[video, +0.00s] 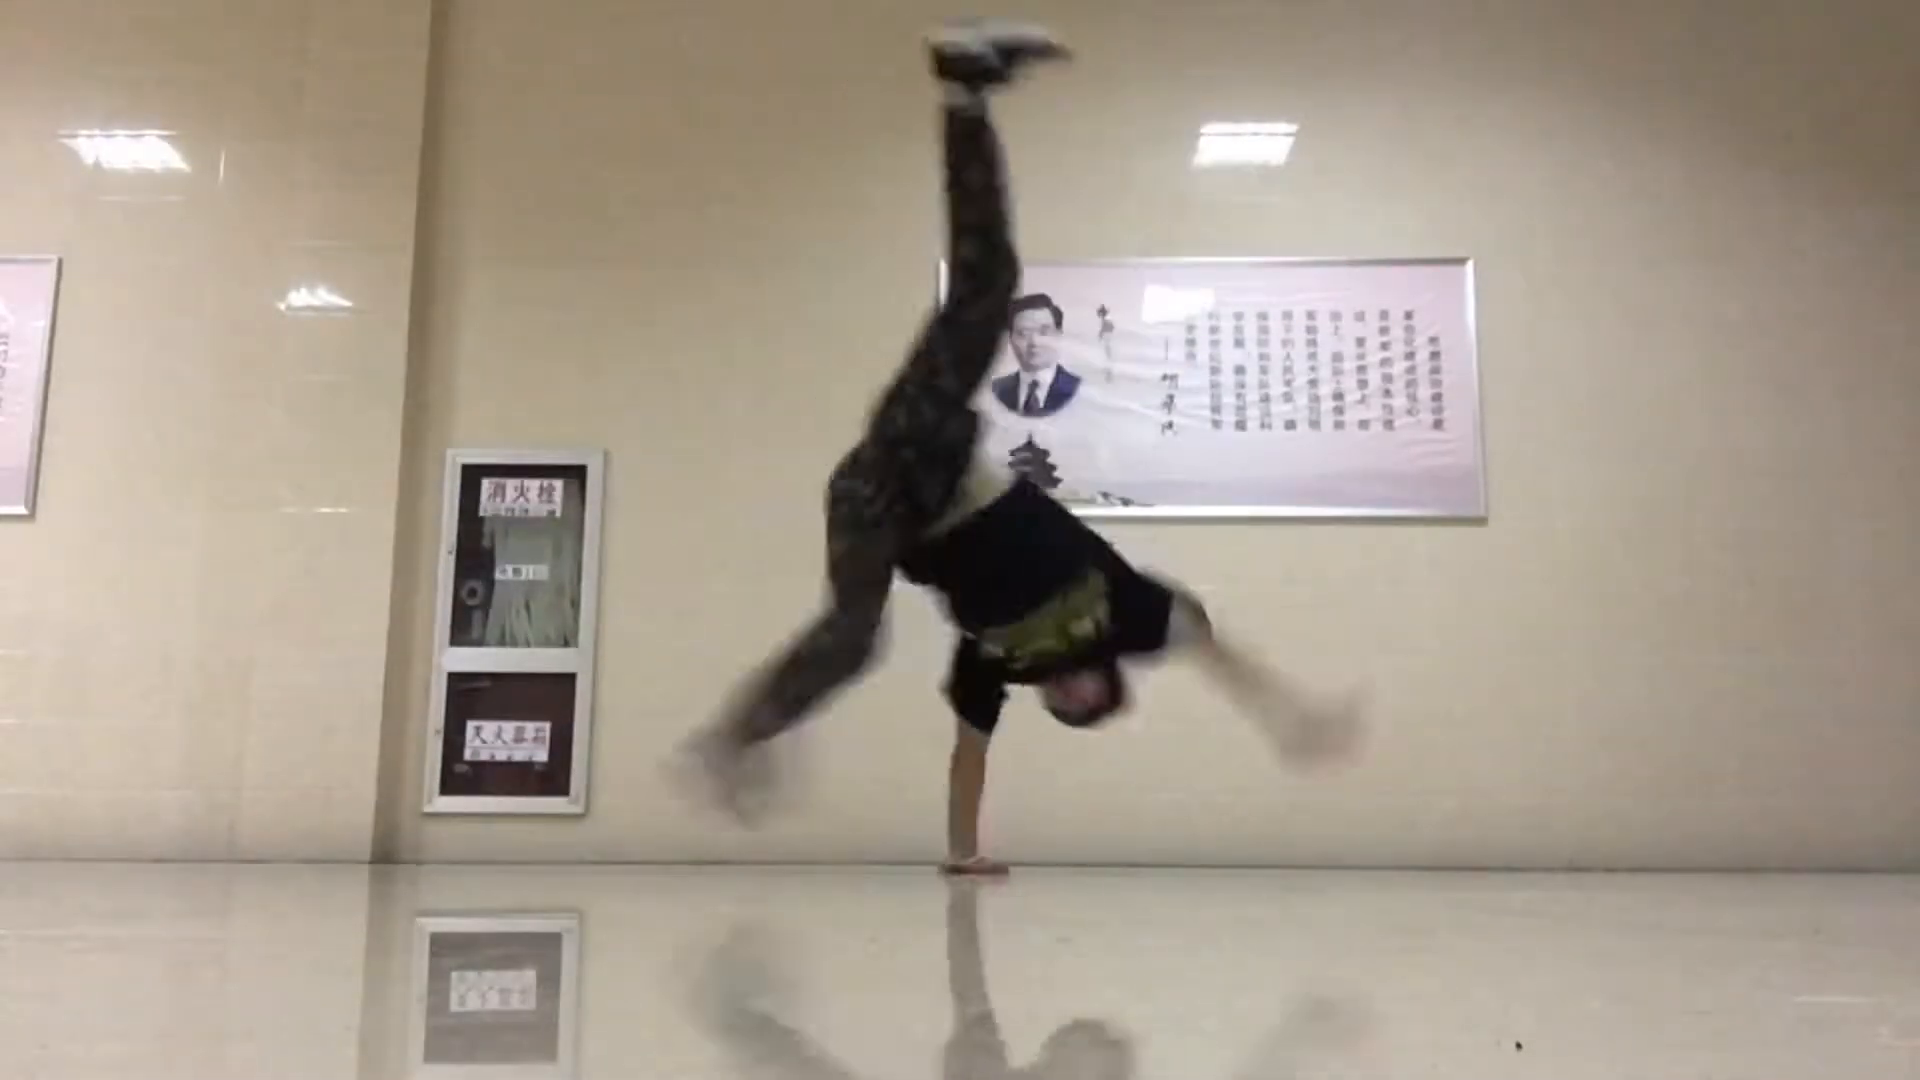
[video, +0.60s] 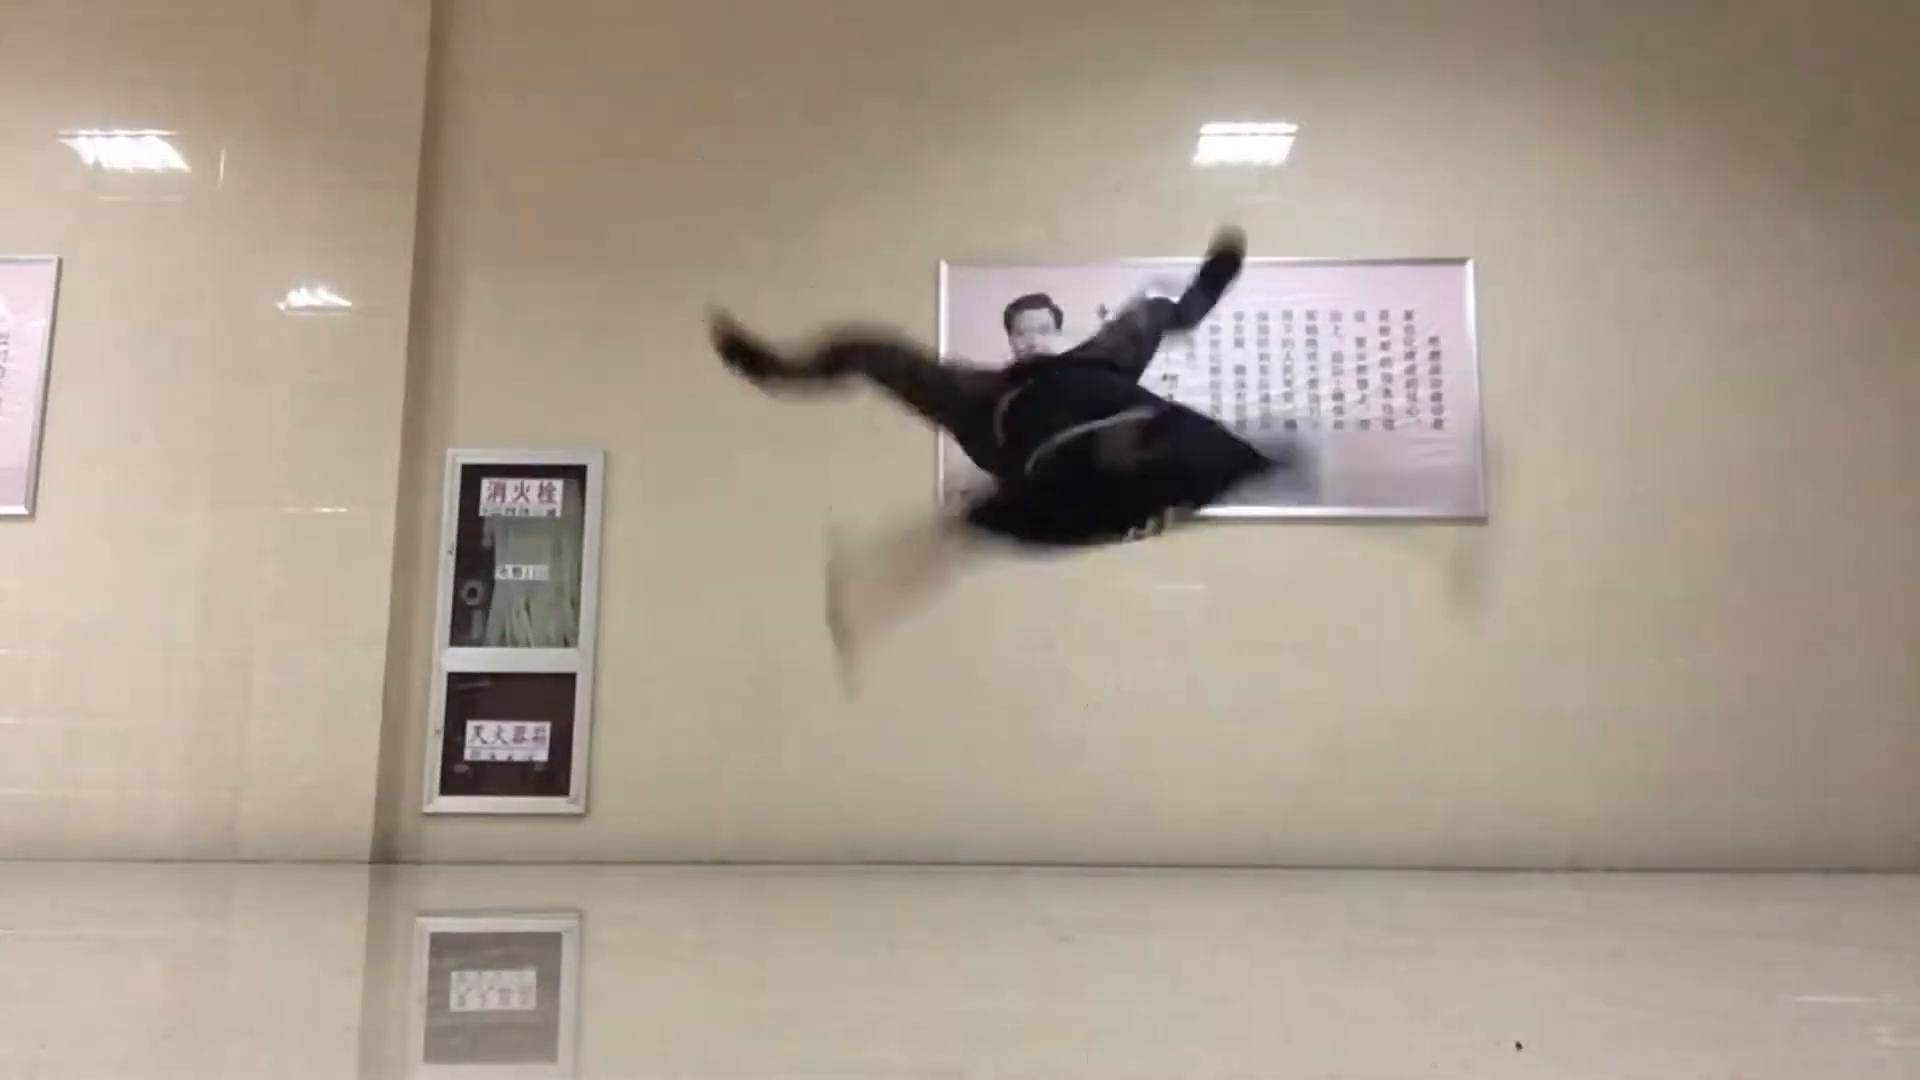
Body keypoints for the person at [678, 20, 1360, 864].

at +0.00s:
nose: (1074, 703)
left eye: (1076, 711)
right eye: (1090, 703)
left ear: (1061, 694)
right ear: (1102, 671)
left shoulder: (985, 667)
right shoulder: (1126, 612)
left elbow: (969, 758)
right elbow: (1215, 649)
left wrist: (964, 856)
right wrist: (1290, 719)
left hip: (864, 503)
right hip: (931, 447)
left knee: (851, 638)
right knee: (984, 291)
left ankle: (727, 741)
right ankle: (966, 90)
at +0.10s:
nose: (1120, 739)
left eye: (1126, 742)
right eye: (1138, 737)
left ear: (1101, 721)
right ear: (1154, 704)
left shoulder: (1027, 681)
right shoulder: (1145, 653)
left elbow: (988, 767)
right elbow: (1157, 750)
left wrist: (962, 855)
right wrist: (1189, 849)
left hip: (934, 486)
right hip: (1006, 465)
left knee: (836, 579)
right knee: (979, 388)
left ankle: (714, 628)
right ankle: (925, 266)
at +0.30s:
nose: (1218, 710)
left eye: (1230, 705)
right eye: (1230, 704)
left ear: (1237, 641)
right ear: (1219, 683)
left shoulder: (1200, 556)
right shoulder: (1155, 644)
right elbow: (1148, 742)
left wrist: (1138, 769)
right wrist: (1184, 855)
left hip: (1011, 415)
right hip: (971, 489)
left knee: (1089, 336)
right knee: (908, 630)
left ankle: (1007, 230)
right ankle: (789, 741)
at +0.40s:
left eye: (1278, 586)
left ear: (1275, 582)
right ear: (1266, 646)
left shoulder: (1244, 506)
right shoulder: (1153, 644)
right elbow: (1136, 747)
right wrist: (1184, 860)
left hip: (977, 433)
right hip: (964, 526)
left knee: (1019, 265)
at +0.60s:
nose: (1132, 440)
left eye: (1137, 449)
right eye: (1141, 438)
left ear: (1143, 480)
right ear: (1159, 435)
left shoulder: (1089, 515)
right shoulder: (1205, 450)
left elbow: (986, 519)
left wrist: (979, 500)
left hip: (1001, 424)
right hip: (1070, 381)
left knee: (875, 353)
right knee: (1143, 326)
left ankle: (781, 370)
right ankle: (1194, 296)